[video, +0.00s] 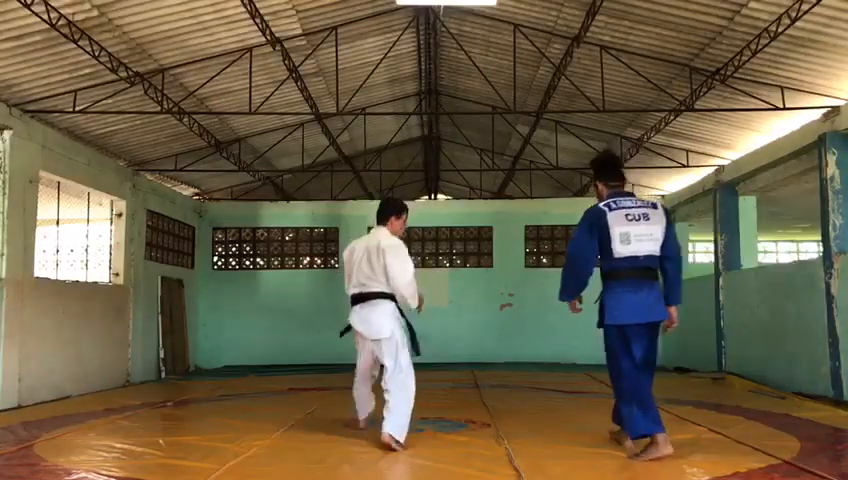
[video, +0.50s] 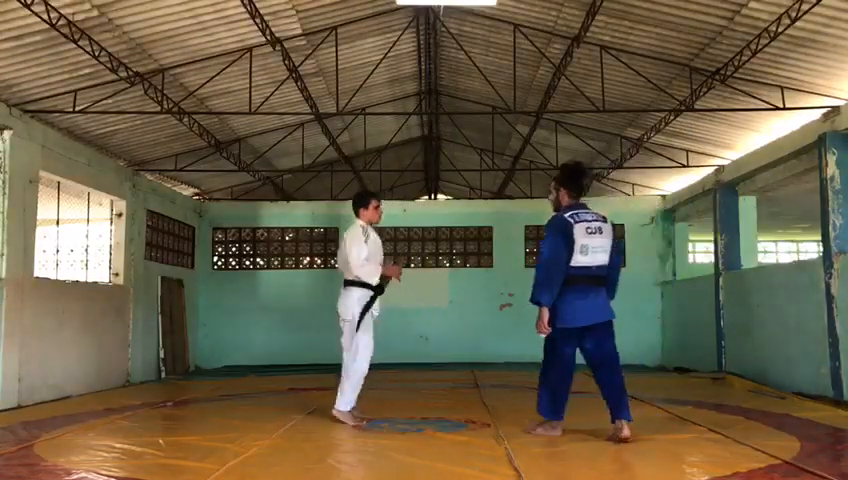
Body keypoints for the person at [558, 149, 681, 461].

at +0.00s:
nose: (595, 192)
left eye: (594, 186)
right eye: (595, 187)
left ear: (600, 186)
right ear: (626, 182)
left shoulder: (598, 213)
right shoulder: (657, 210)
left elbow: (579, 256)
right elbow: (671, 258)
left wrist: (571, 291)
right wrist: (672, 302)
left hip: (619, 302)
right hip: (653, 300)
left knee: (626, 369)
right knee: (642, 366)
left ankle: (660, 439)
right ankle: (625, 429)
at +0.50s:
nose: (551, 194)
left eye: (553, 189)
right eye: (552, 189)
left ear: (563, 193)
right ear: (579, 192)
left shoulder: (560, 223)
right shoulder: (602, 222)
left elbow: (551, 265)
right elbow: (613, 265)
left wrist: (544, 305)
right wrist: (605, 298)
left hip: (567, 304)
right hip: (597, 302)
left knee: (558, 364)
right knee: (607, 363)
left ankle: (553, 421)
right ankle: (621, 421)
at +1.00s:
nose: (512, 202)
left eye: (513, 197)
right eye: (513, 197)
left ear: (520, 199)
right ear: (536, 199)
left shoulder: (519, 227)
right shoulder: (556, 228)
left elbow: (510, 264)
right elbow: (562, 269)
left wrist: (486, 285)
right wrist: (553, 297)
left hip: (528, 300)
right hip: (550, 299)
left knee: (529, 360)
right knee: (542, 358)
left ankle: (549, 420)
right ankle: (537, 411)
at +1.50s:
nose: (480, 208)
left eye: (482, 204)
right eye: (481, 203)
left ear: (489, 206)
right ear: (500, 205)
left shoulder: (499, 231)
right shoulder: (512, 229)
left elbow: (500, 270)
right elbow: (489, 262)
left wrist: (473, 283)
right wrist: (457, 260)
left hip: (501, 302)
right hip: (515, 299)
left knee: (490, 356)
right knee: (510, 356)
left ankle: (493, 414)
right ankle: (528, 407)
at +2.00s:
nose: (453, 218)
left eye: (454, 213)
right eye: (454, 214)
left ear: (461, 214)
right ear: (470, 213)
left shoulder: (488, 240)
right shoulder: (465, 239)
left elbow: (485, 274)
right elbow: (442, 249)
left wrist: (454, 282)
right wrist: (413, 250)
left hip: (490, 302)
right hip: (476, 302)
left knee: (483, 354)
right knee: (471, 353)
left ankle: (492, 412)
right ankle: (478, 406)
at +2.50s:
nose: (435, 221)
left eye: (436, 218)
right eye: (436, 218)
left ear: (441, 219)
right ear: (453, 218)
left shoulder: (460, 247)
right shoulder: (447, 239)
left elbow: (453, 284)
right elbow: (425, 239)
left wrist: (422, 292)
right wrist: (402, 238)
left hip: (456, 307)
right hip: (447, 306)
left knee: (443, 356)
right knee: (437, 354)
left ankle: (455, 409)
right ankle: (447, 406)